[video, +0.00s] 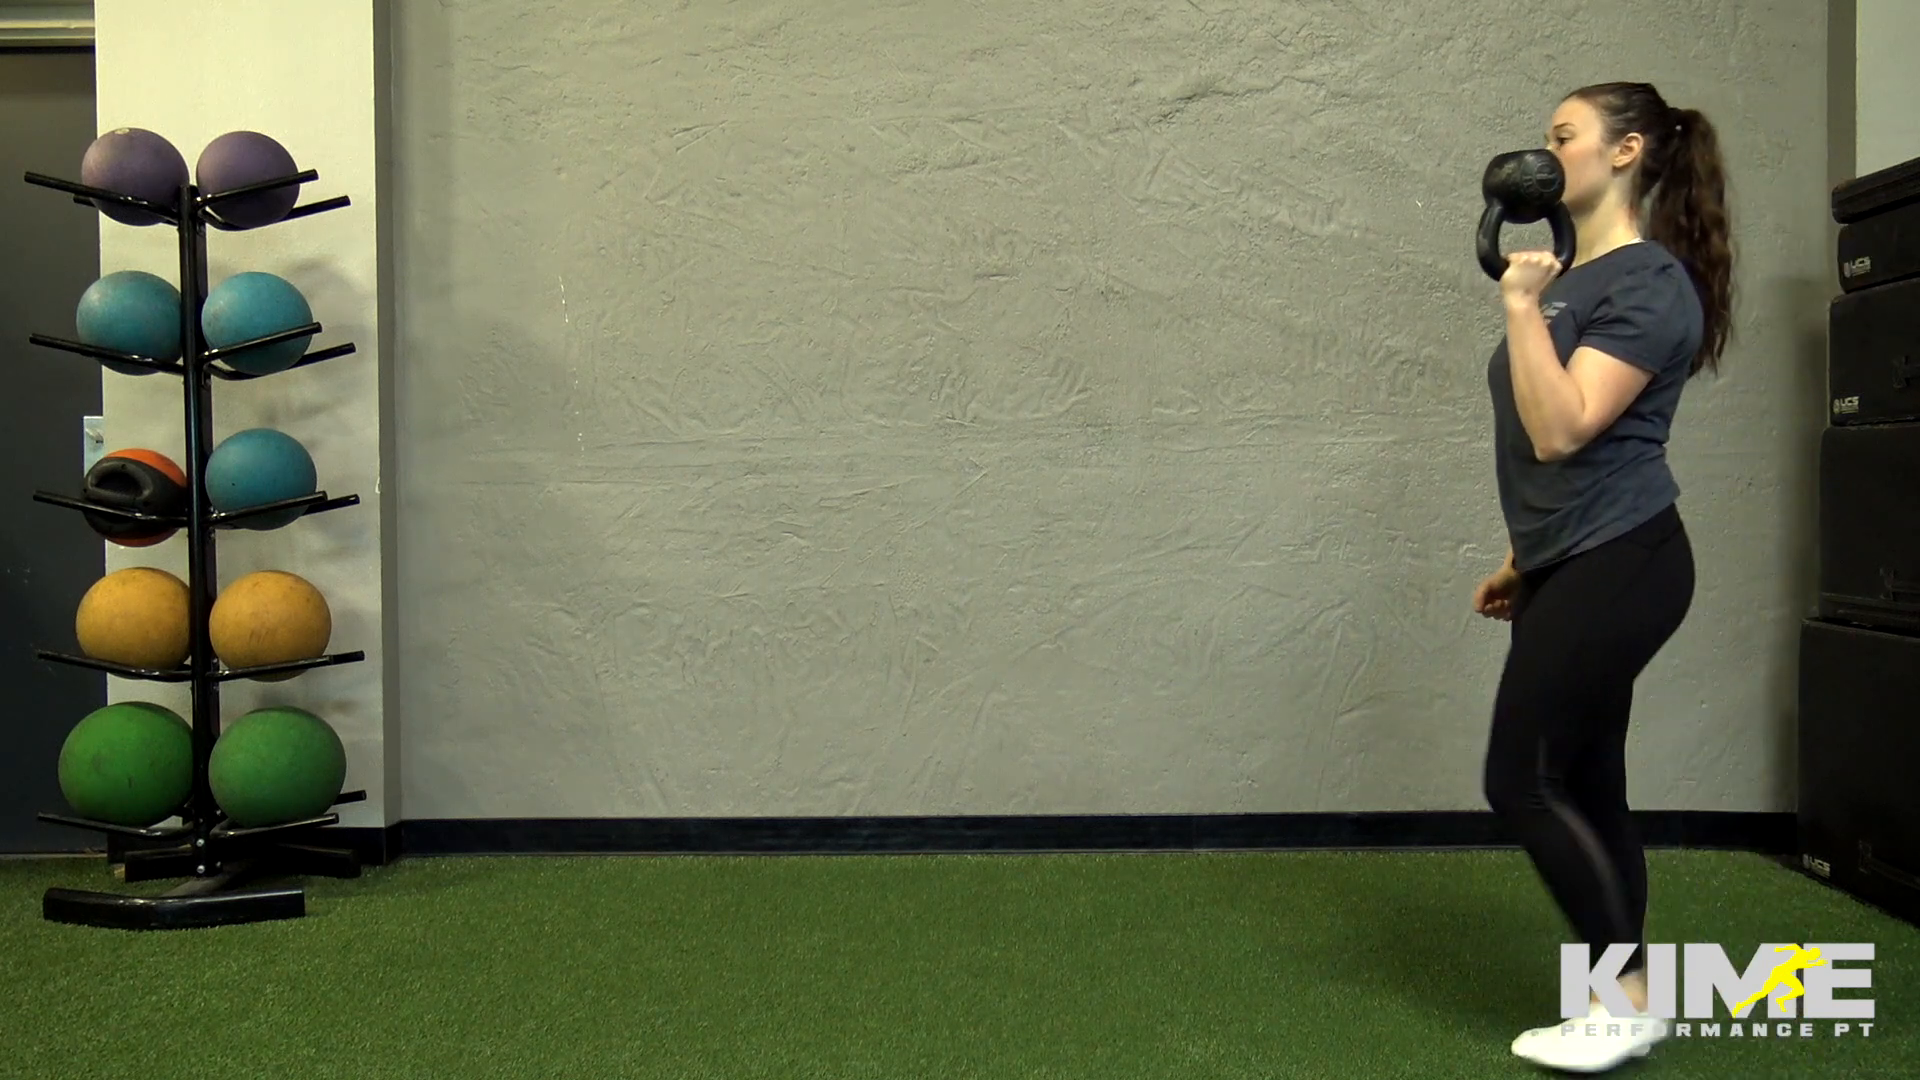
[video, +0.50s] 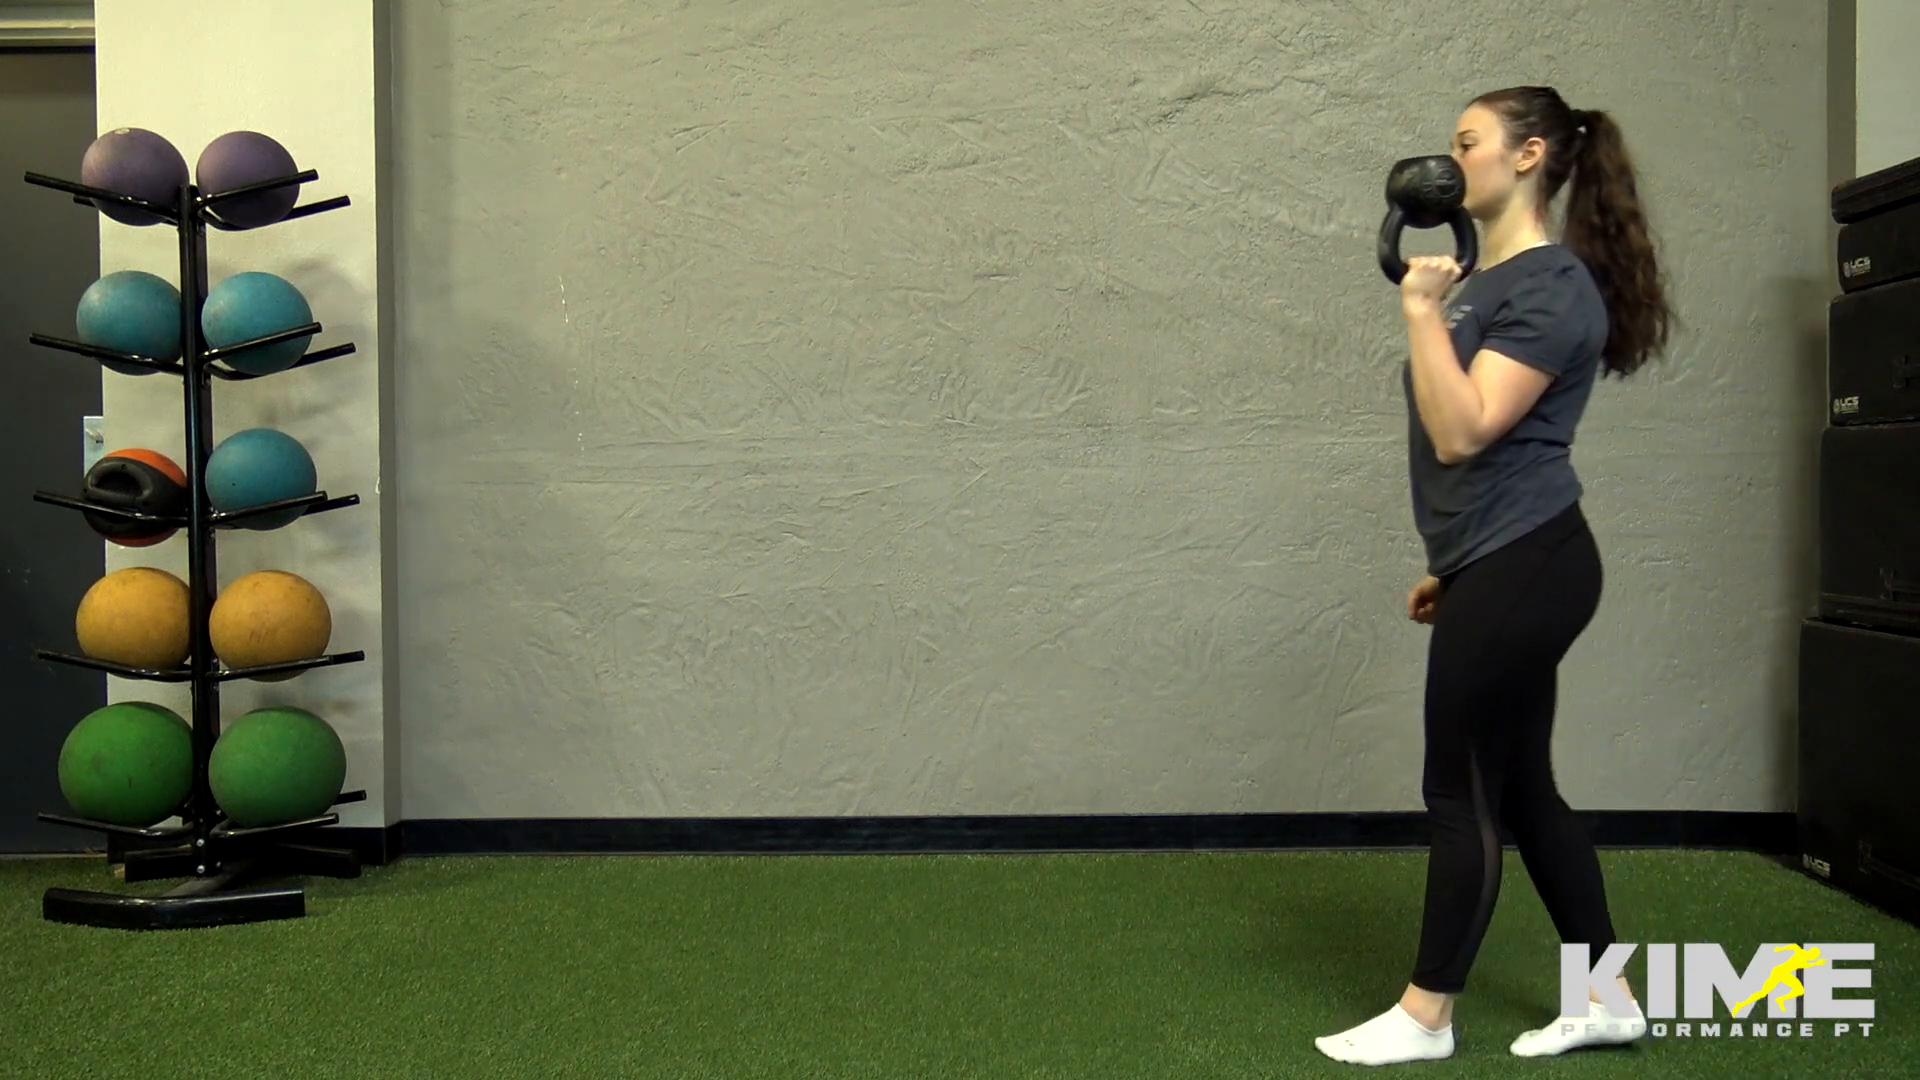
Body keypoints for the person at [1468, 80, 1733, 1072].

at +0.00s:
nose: (1546, 155)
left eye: (1565, 140)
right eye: (1549, 140)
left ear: (1629, 151)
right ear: (1607, 153)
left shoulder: (1655, 283)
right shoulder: (1574, 274)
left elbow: (1558, 431)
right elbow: (1566, 442)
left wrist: (1520, 306)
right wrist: (1526, 553)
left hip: (1620, 560)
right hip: (1571, 564)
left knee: (1519, 783)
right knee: (1593, 793)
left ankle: (1626, 1001)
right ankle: (1623, 1000)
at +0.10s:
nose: (1531, 155)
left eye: (1550, 140)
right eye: (1534, 141)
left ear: (1614, 152)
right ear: (1592, 155)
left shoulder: (1638, 284)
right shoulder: (1563, 280)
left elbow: (1544, 432)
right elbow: (1563, 444)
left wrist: (1507, 306)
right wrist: (1522, 559)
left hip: (1609, 560)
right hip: (1566, 564)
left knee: (1498, 778)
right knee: (1586, 795)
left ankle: (1542, 1009)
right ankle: (1616, 1005)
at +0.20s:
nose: (1510, 158)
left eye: (1529, 141)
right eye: (1511, 143)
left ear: (1592, 157)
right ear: (1561, 161)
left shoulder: (1616, 285)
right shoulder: (1534, 280)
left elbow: (1524, 430)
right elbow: (1534, 442)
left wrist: (1484, 308)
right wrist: (1505, 559)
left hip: (1590, 560)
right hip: (1547, 567)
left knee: (1484, 779)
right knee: (1570, 788)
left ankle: (1449, 1006)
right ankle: (1614, 1008)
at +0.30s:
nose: (1495, 160)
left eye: (1513, 143)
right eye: (1496, 146)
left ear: (1576, 158)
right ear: (1549, 162)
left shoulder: (1599, 286)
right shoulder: (1522, 281)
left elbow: (1507, 431)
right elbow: (1527, 442)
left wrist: (1467, 309)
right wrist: (1495, 561)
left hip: (1573, 562)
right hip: (1536, 567)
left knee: (1478, 782)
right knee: (1562, 788)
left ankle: (1424, 1005)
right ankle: (1611, 1004)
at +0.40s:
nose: (1479, 159)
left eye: (1497, 143)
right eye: (1481, 145)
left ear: (1558, 157)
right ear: (1537, 161)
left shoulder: (1584, 286)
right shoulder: (1510, 284)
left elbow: (1490, 432)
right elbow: (1505, 442)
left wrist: (1451, 309)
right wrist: (1479, 563)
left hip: (1557, 562)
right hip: (1520, 567)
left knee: (1468, 785)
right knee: (1550, 787)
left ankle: (1428, 1010)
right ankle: (1608, 1002)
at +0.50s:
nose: (1451, 160)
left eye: (1470, 144)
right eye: (1453, 146)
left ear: (1532, 155)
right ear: (1513, 159)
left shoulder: (1555, 287)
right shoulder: (1488, 282)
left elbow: (1458, 433)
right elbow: (1491, 442)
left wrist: (1422, 311)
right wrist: (1454, 564)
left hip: (1526, 561)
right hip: (1495, 564)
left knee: (1459, 791)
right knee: (1523, 788)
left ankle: (1425, 1012)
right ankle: (1603, 993)